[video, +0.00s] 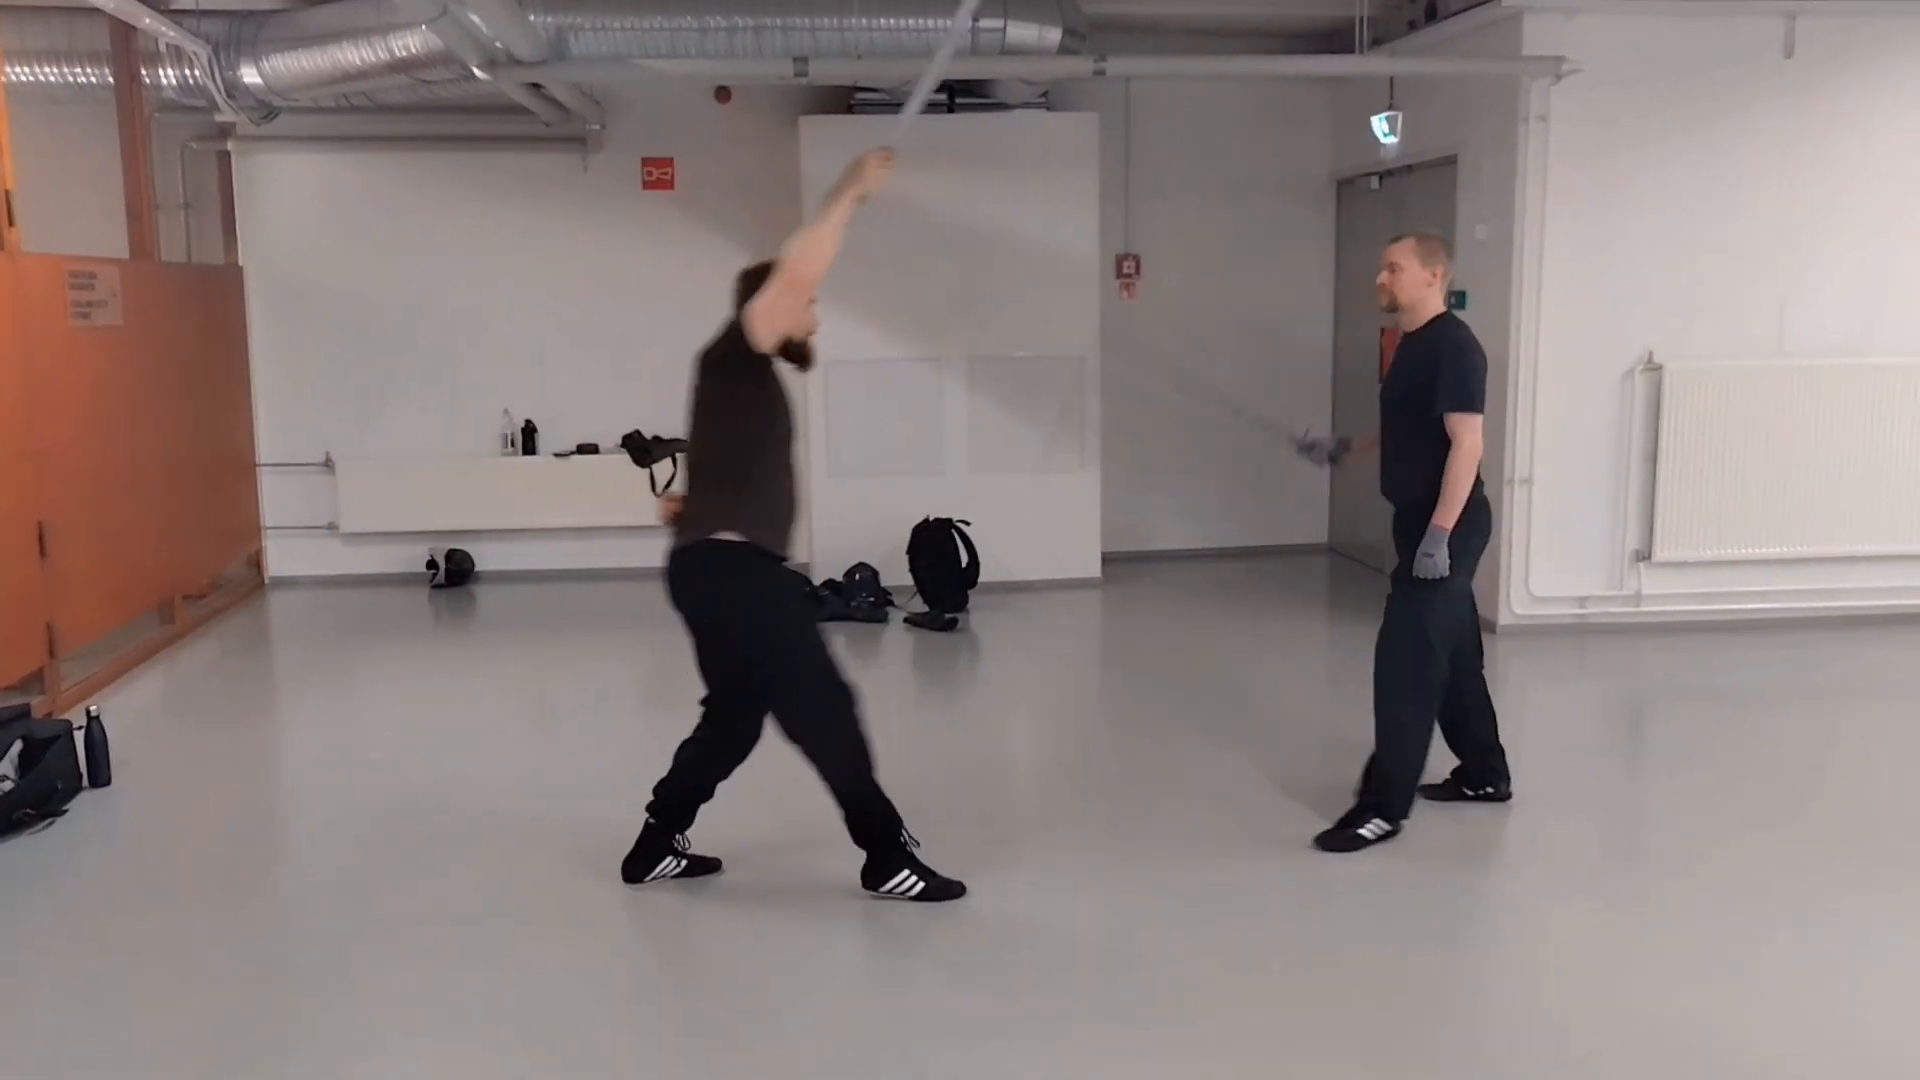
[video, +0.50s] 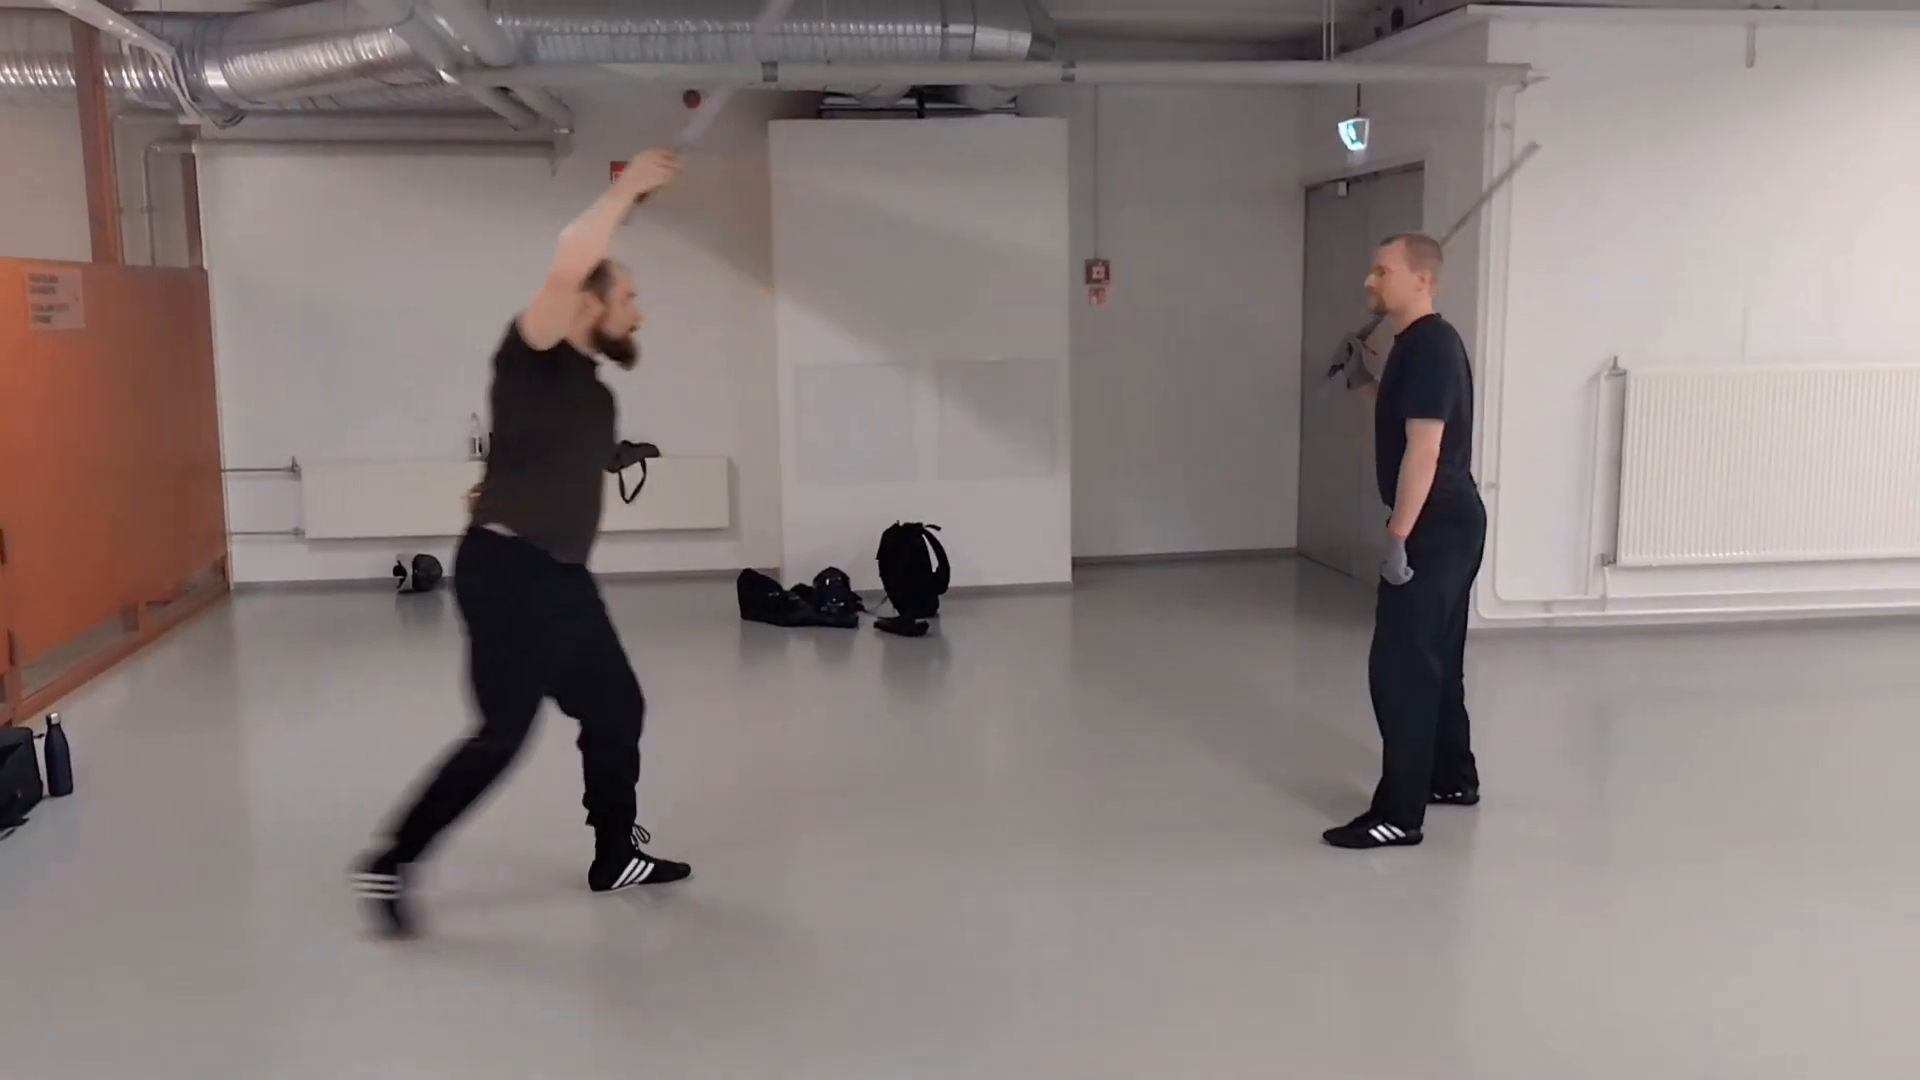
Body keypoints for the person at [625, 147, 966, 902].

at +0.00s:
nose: (814, 314)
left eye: (814, 301)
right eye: (804, 299)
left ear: (770, 304)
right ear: (769, 300)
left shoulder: (743, 374)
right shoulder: (738, 357)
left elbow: (732, 477)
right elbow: (796, 275)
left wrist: (691, 508)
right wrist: (848, 196)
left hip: (712, 567)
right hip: (737, 566)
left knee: (734, 718)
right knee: (825, 710)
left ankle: (654, 845)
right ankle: (888, 858)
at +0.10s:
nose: (775, 316)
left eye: (776, 304)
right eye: (765, 302)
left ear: (751, 314)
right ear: (727, 300)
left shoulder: (711, 380)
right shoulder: (688, 359)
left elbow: (704, 479)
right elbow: (741, 273)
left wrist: (649, 503)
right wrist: (793, 194)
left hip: (690, 566)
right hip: (682, 566)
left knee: (718, 713)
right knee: (774, 705)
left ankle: (646, 846)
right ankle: (836, 862)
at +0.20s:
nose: (742, 316)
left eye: (743, 304)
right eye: (734, 302)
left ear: (710, 313)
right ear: (698, 301)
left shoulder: (679, 376)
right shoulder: (651, 354)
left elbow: (662, 470)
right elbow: (690, 269)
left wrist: (609, 499)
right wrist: (747, 186)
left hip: (649, 562)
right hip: (639, 563)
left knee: (687, 714)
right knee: (729, 707)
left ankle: (636, 851)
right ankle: (748, 868)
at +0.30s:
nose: (709, 310)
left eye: (709, 298)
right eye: (702, 297)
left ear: (680, 304)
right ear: (666, 295)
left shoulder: (647, 370)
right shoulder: (612, 348)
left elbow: (625, 458)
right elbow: (651, 263)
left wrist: (575, 487)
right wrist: (711, 181)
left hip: (622, 559)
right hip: (589, 557)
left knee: (667, 705)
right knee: (661, 706)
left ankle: (639, 851)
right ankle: (629, 863)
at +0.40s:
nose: (676, 309)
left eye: (674, 296)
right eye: (666, 296)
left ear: (646, 304)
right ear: (629, 297)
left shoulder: (619, 378)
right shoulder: (571, 351)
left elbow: (593, 464)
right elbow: (610, 266)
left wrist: (538, 487)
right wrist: (670, 186)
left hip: (589, 563)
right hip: (545, 557)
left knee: (640, 709)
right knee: (601, 711)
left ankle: (622, 855)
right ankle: (517, 868)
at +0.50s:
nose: (638, 311)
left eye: (637, 299)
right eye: (629, 298)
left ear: (602, 311)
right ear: (590, 301)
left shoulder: (585, 379)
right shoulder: (536, 353)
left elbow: (543, 467)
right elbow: (569, 269)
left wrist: (491, 499)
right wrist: (627, 187)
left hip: (556, 574)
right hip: (504, 567)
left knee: (615, 706)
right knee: (505, 728)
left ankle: (616, 853)